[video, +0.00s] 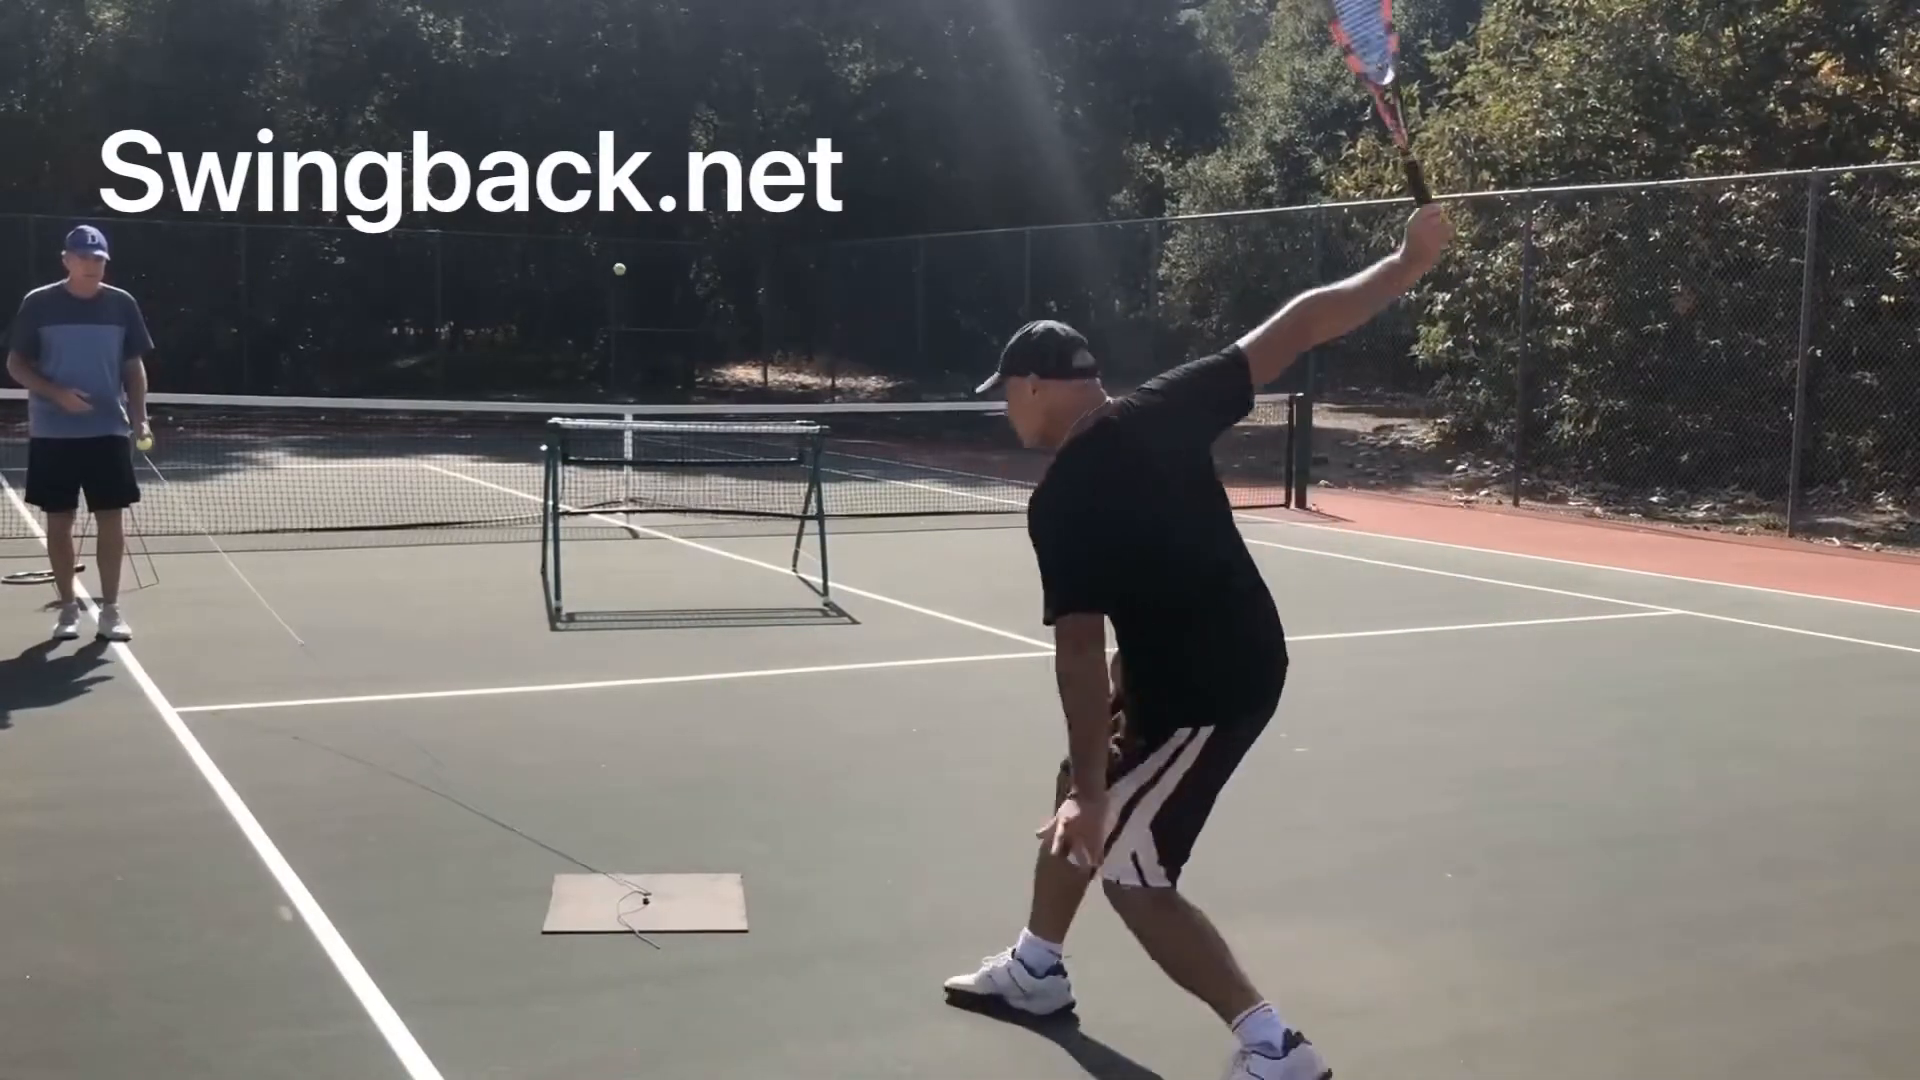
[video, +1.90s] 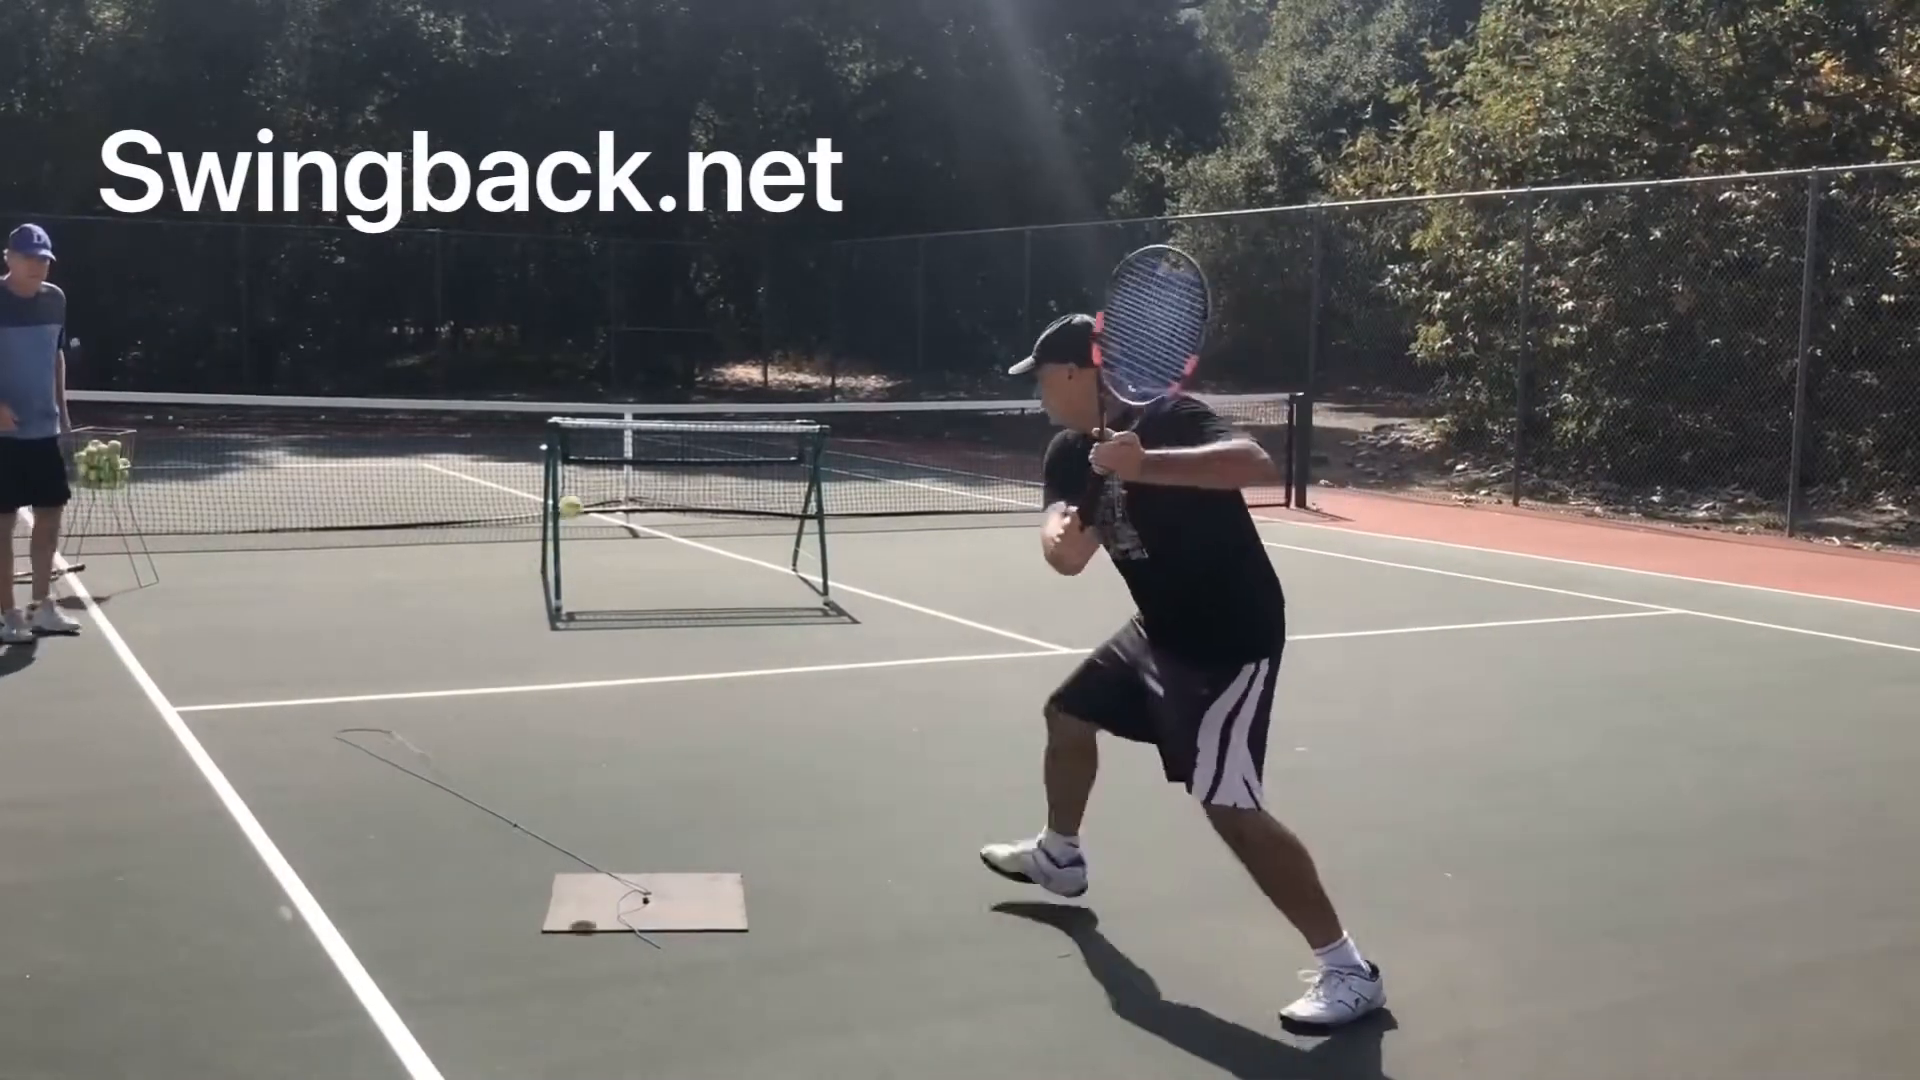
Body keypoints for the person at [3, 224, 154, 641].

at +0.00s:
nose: (91, 267)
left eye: (97, 260)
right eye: (83, 259)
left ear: (106, 263)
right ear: (66, 259)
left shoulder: (121, 304)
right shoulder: (38, 303)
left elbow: (134, 364)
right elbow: (16, 363)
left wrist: (139, 417)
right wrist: (56, 393)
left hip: (108, 435)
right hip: (53, 437)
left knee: (110, 519)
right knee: (59, 521)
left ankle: (110, 609)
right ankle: (69, 607)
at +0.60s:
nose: (103, 263)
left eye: (109, 256)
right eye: (95, 256)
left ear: (117, 260)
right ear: (79, 258)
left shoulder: (135, 304)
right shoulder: (49, 301)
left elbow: (158, 348)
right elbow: (23, 357)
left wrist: (169, 369)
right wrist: (54, 393)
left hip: (112, 435)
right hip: (58, 435)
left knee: (114, 520)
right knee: (60, 520)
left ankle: (110, 609)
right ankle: (68, 607)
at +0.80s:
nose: (108, 248)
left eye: (115, 241)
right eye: (101, 240)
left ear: (123, 249)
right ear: (84, 247)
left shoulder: (135, 288)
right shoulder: (55, 292)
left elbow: (154, 305)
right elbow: (29, 351)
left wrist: (168, 304)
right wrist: (55, 384)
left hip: (113, 423)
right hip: (60, 424)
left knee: (115, 513)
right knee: (60, 513)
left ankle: (113, 608)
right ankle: (65, 605)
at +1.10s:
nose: (108, 256)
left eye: (114, 249)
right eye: (101, 248)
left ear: (122, 256)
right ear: (83, 253)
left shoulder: (134, 297)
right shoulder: (52, 296)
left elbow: (149, 332)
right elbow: (24, 353)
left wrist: (132, 339)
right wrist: (47, 387)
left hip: (112, 430)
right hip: (56, 429)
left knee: (115, 519)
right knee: (48, 516)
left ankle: (112, 610)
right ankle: (34, 608)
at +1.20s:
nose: (103, 260)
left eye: (109, 253)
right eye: (96, 252)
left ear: (115, 258)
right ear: (76, 255)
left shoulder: (130, 301)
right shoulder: (45, 297)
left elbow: (144, 346)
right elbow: (18, 354)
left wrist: (134, 370)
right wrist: (42, 389)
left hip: (107, 432)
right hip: (51, 431)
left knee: (113, 519)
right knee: (40, 517)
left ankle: (112, 609)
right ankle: (19, 609)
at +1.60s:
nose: (60, 266)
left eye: (64, 260)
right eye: (52, 258)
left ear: (70, 262)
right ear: (30, 257)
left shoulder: (81, 302)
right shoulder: (5, 298)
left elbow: (91, 354)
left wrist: (97, 410)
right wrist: (2, 401)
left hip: (68, 435)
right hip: (13, 436)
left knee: (87, 516)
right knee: (9, 524)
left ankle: (106, 607)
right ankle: (9, 615)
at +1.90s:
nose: (39, 266)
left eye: (44, 259)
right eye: (31, 258)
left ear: (49, 261)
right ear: (10, 258)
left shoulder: (54, 298)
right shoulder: (2, 297)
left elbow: (57, 354)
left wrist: (62, 409)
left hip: (44, 431)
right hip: (7, 433)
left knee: (50, 512)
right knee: (6, 518)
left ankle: (43, 604)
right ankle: (8, 611)